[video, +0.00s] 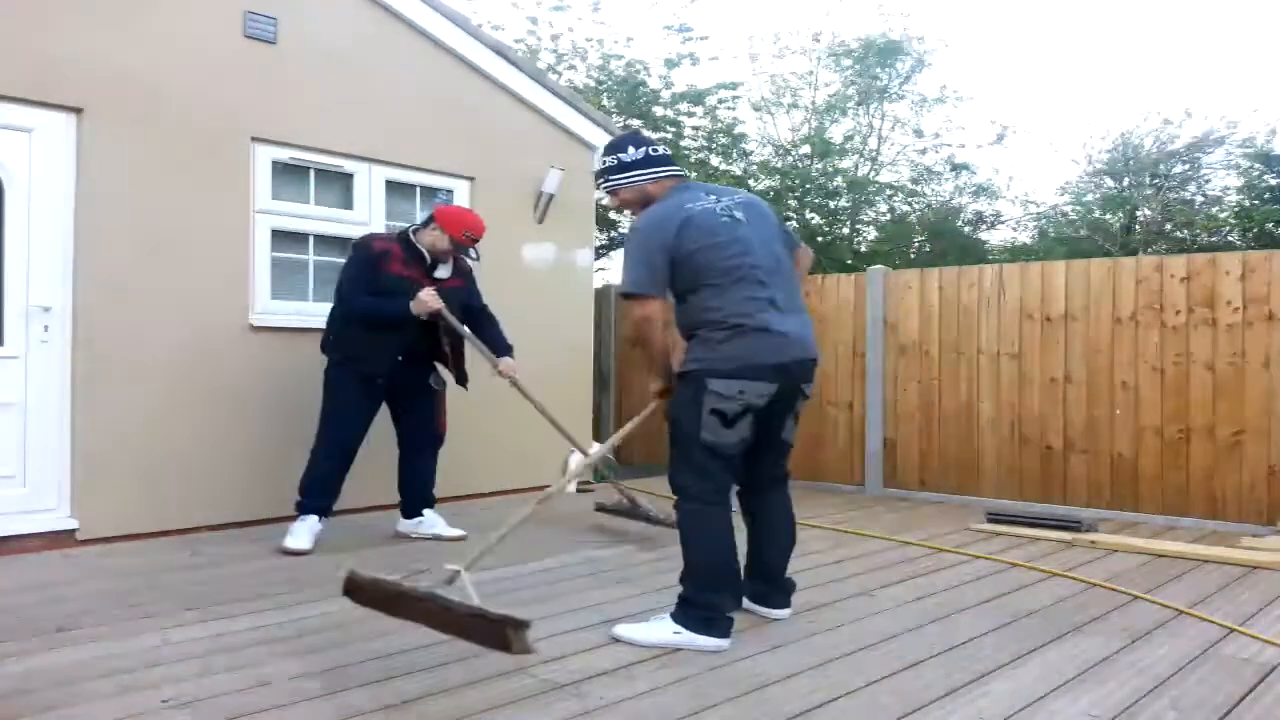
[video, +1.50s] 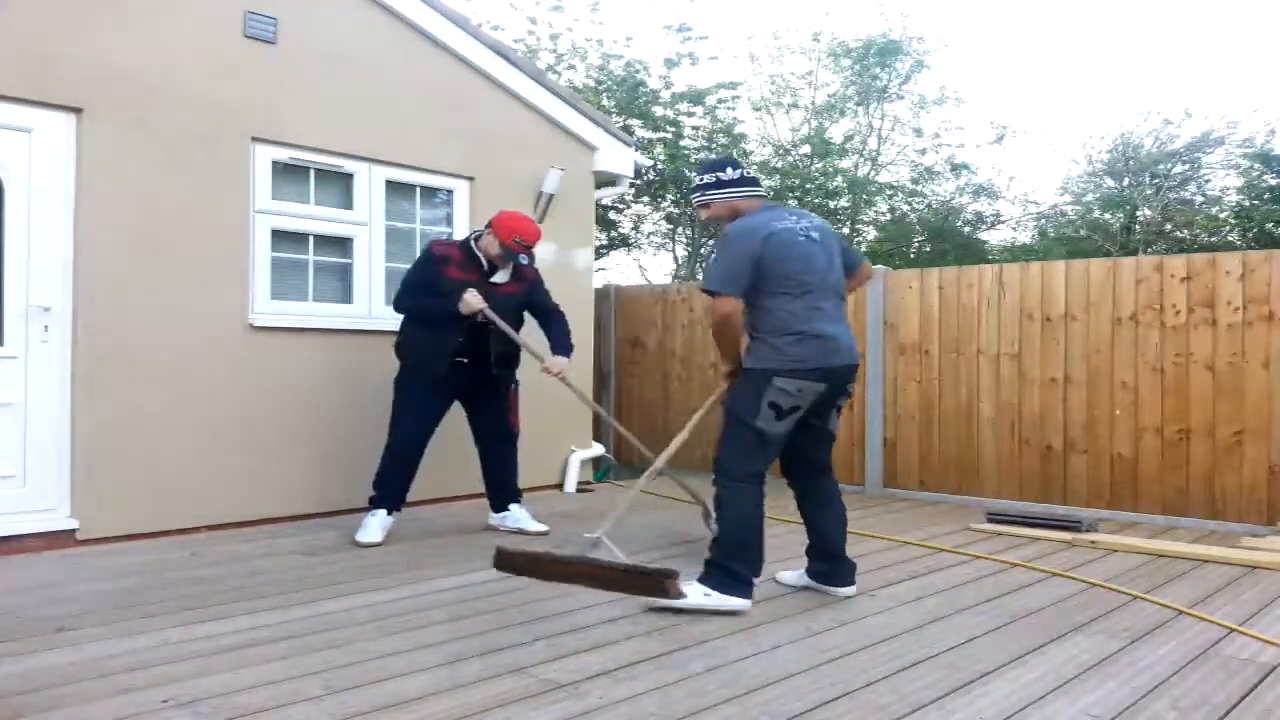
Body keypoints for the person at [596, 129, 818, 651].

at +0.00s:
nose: (617, 207)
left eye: (615, 195)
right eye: (612, 197)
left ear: (638, 182)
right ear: (663, 174)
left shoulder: (655, 222)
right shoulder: (744, 200)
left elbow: (648, 317)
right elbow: (800, 256)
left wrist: (664, 375)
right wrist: (764, 317)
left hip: (726, 360)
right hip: (794, 355)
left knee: (700, 486)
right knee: (765, 476)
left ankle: (704, 617)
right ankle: (769, 592)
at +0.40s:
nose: (610, 215)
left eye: (609, 204)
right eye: (605, 206)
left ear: (632, 191)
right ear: (655, 184)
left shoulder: (646, 237)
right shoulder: (735, 207)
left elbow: (655, 335)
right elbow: (789, 256)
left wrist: (656, 387)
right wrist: (770, 320)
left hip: (724, 362)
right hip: (792, 355)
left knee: (688, 477)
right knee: (769, 475)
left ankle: (678, 593)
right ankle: (768, 590)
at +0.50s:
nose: (595, 222)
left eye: (595, 209)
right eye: (591, 213)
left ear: (621, 196)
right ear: (642, 193)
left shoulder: (634, 235)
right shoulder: (717, 214)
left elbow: (619, 323)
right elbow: (765, 276)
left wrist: (620, 390)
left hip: (721, 360)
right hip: (787, 355)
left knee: (683, 477)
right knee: (767, 474)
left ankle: (676, 594)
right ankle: (768, 590)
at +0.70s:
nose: (571, 232)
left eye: (569, 219)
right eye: (565, 223)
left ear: (591, 205)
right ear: (612, 199)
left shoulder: (615, 237)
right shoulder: (678, 217)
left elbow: (590, 319)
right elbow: (705, 288)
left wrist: (570, 393)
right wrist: (653, 341)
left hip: (716, 359)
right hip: (779, 350)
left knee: (679, 476)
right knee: (766, 472)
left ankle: (676, 594)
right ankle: (778, 588)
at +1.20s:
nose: (624, 215)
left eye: (625, 204)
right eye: (621, 206)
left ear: (651, 196)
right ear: (670, 193)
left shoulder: (667, 234)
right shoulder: (739, 221)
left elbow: (639, 309)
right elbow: (761, 288)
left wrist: (627, 368)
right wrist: (697, 320)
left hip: (728, 366)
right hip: (785, 360)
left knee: (683, 474)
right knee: (785, 464)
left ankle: (677, 593)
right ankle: (828, 568)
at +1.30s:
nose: (657, 215)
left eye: (659, 204)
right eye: (654, 206)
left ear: (684, 198)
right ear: (704, 195)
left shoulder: (695, 236)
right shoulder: (767, 224)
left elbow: (675, 313)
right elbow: (810, 288)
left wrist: (665, 366)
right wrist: (748, 318)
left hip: (740, 368)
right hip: (797, 364)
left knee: (691, 474)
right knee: (786, 466)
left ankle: (678, 591)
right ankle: (830, 571)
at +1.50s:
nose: (703, 215)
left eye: (706, 205)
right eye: (700, 206)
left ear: (730, 196)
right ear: (749, 195)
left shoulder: (741, 234)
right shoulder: (810, 222)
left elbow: (725, 311)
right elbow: (861, 269)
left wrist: (732, 363)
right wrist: (814, 302)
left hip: (782, 363)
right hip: (836, 360)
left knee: (737, 469)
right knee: (808, 463)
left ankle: (728, 582)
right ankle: (832, 571)